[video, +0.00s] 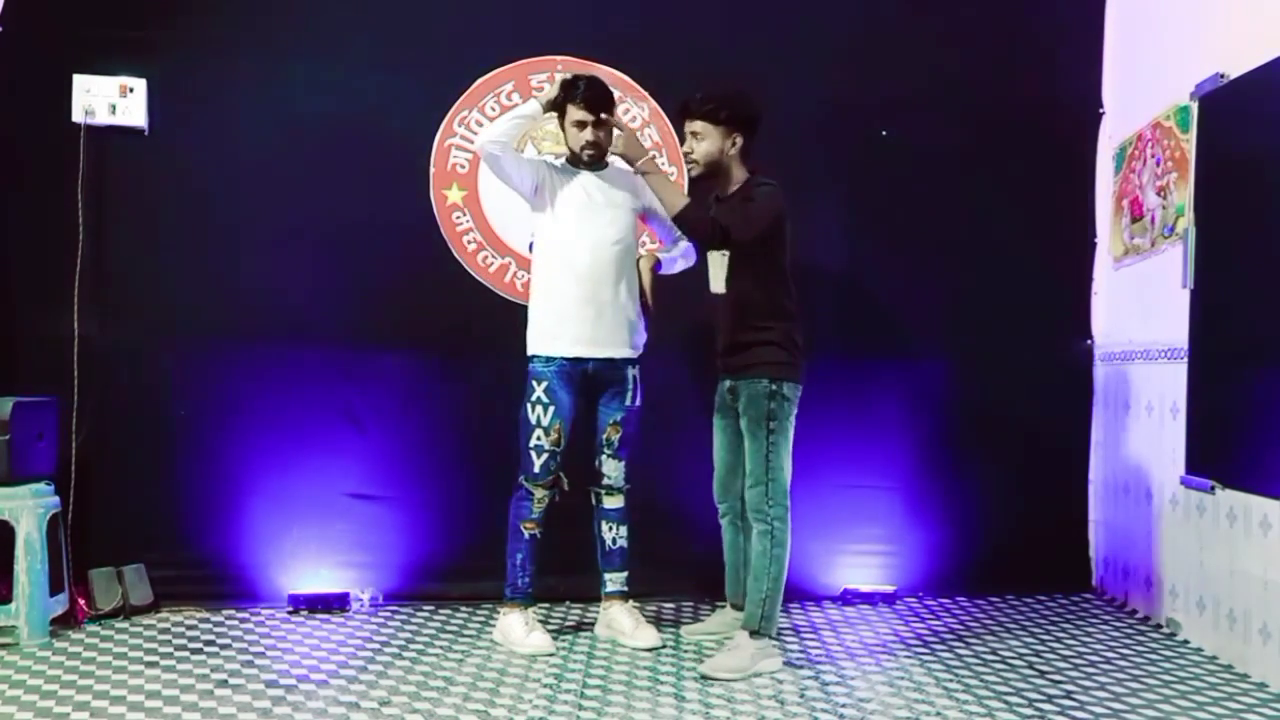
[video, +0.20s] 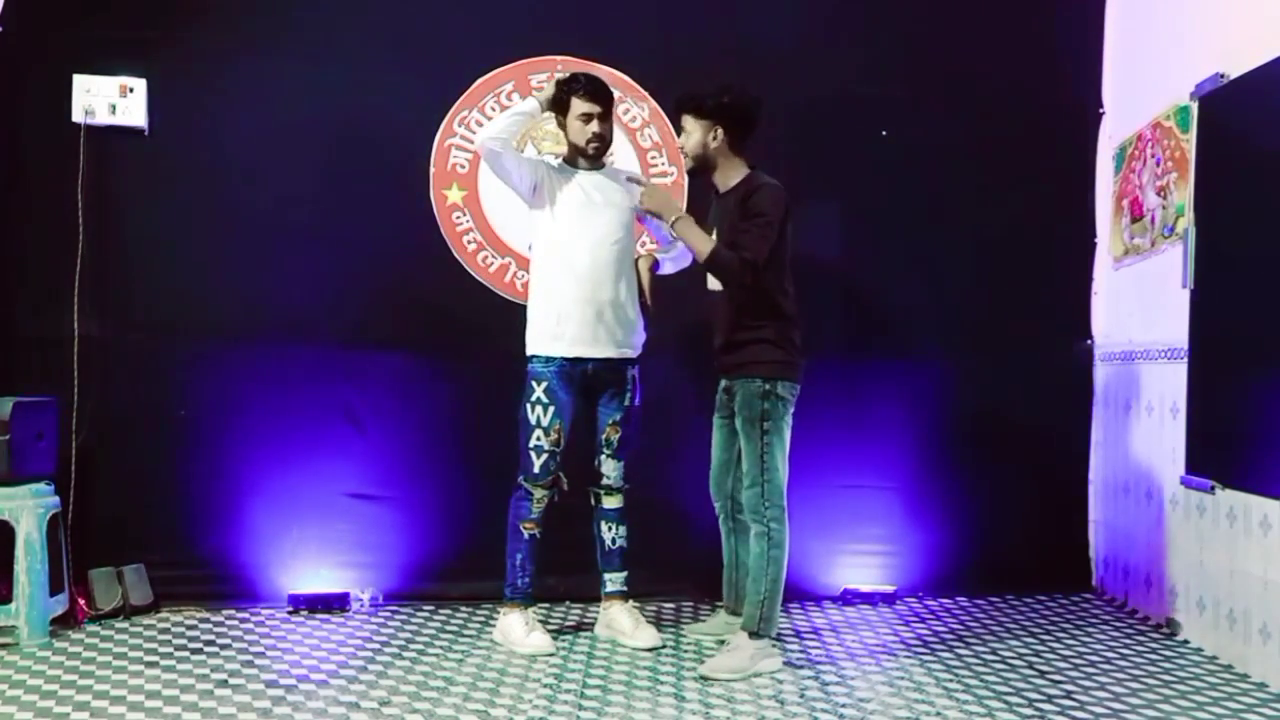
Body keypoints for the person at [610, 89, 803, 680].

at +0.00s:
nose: (688, 148)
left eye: (698, 137)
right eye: (685, 137)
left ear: (734, 140)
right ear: (694, 144)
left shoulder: (764, 196)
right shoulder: (712, 199)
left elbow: (709, 230)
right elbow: (660, 208)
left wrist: (647, 167)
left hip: (769, 371)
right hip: (732, 371)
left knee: (767, 502)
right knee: (731, 499)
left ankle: (762, 637)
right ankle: (739, 612)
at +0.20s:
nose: (680, 140)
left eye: (688, 130)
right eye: (681, 130)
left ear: (718, 135)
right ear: (714, 136)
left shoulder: (764, 194)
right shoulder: (717, 197)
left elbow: (739, 271)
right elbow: (716, 271)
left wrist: (677, 217)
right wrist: (670, 230)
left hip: (766, 369)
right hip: (732, 368)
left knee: (762, 501)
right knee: (728, 497)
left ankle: (761, 637)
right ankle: (737, 616)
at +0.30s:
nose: (680, 139)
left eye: (687, 128)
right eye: (681, 128)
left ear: (716, 133)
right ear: (712, 134)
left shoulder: (762, 192)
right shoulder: (716, 195)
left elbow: (762, 276)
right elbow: (715, 266)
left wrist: (692, 253)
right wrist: (668, 248)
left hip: (763, 370)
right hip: (730, 369)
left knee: (761, 500)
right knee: (728, 496)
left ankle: (762, 638)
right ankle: (738, 613)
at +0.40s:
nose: (680, 137)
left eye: (686, 126)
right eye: (681, 127)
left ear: (715, 131)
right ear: (715, 132)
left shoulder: (763, 195)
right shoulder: (725, 199)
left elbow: (782, 283)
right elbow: (722, 279)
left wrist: (702, 291)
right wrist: (666, 289)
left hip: (757, 372)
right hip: (727, 371)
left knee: (758, 501)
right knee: (729, 500)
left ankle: (761, 638)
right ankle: (739, 614)